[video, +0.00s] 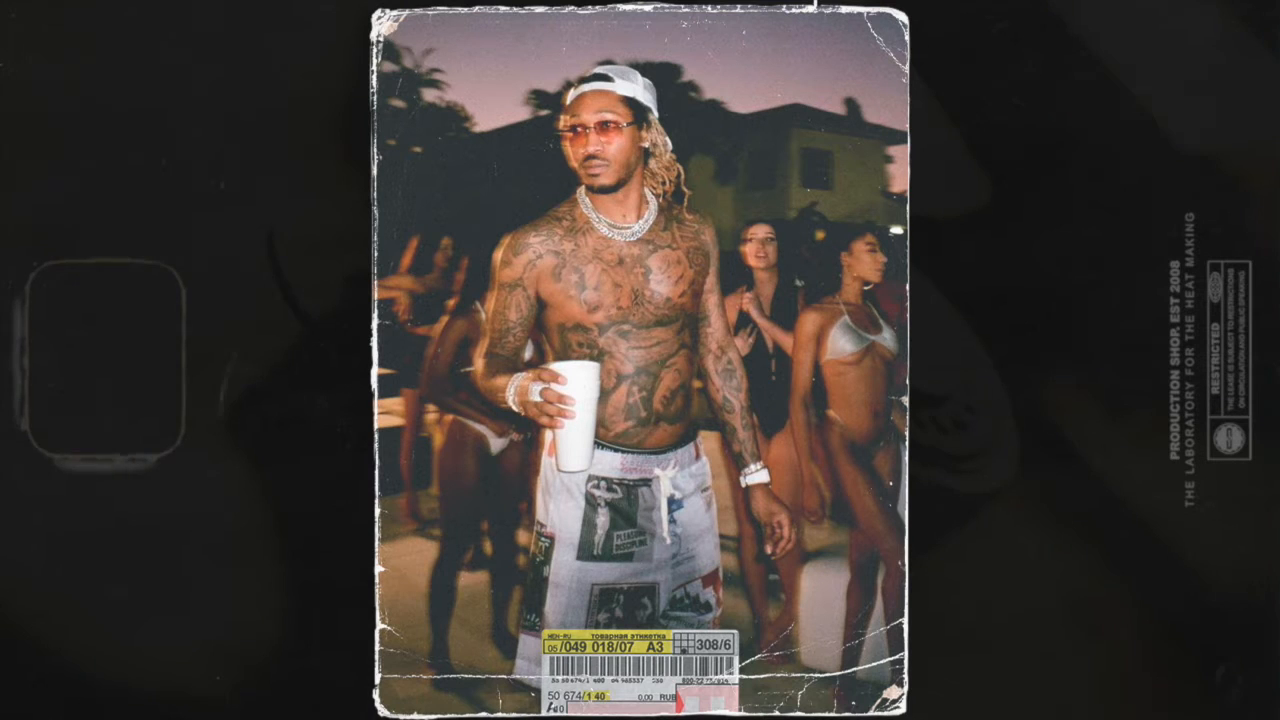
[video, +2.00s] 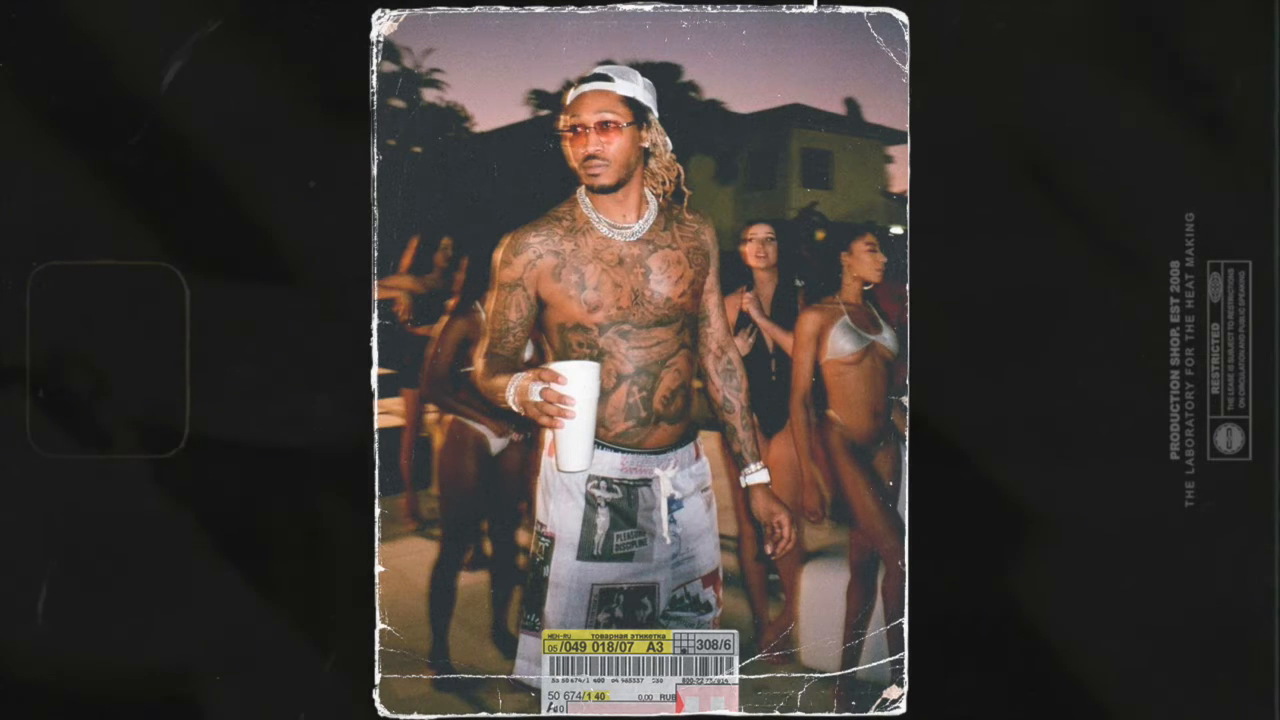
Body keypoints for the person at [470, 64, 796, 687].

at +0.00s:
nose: (590, 143)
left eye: (608, 126)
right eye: (576, 130)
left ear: (646, 138)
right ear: (565, 143)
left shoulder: (693, 235)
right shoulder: (532, 248)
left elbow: (720, 358)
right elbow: (491, 365)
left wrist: (756, 482)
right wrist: (516, 389)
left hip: (681, 477)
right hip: (582, 482)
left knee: (690, 664)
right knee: (573, 669)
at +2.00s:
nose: (589, 143)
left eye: (608, 126)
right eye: (576, 130)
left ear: (646, 138)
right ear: (565, 144)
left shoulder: (693, 235)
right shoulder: (532, 247)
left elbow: (720, 358)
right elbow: (491, 364)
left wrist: (756, 482)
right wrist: (516, 389)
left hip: (681, 476)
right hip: (582, 481)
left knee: (689, 663)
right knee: (573, 668)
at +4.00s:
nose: (589, 143)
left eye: (608, 126)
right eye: (576, 130)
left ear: (645, 138)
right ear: (565, 144)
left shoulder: (693, 235)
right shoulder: (532, 248)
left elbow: (720, 358)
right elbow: (491, 364)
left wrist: (756, 481)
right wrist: (516, 389)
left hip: (681, 476)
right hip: (582, 481)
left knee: (689, 664)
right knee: (574, 669)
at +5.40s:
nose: (590, 143)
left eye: (608, 126)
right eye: (576, 130)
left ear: (645, 138)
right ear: (565, 144)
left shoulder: (694, 236)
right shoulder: (532, 248)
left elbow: (720, 359)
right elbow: (491, 365)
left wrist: (756, 482)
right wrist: (516, 389)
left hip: (681, 477)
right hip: (582, 482)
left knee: (689, 664)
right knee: (573, 669)